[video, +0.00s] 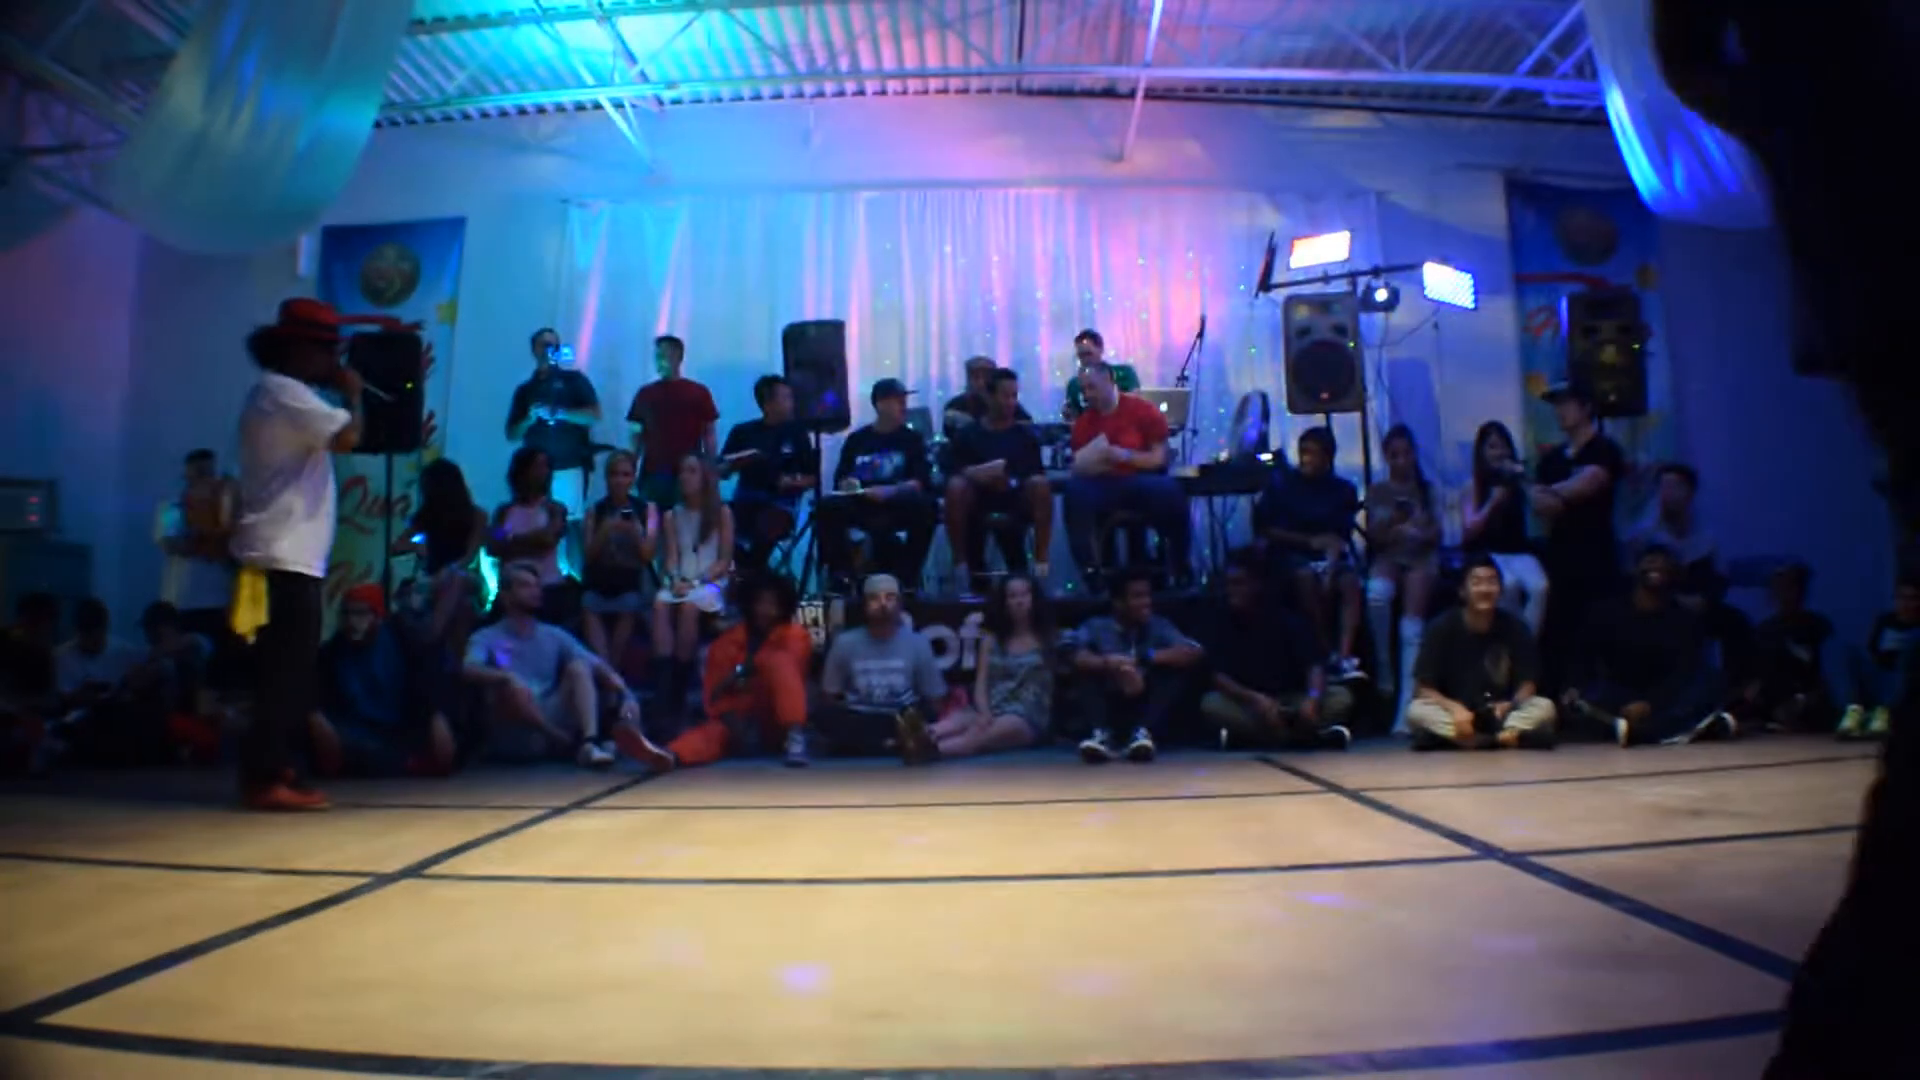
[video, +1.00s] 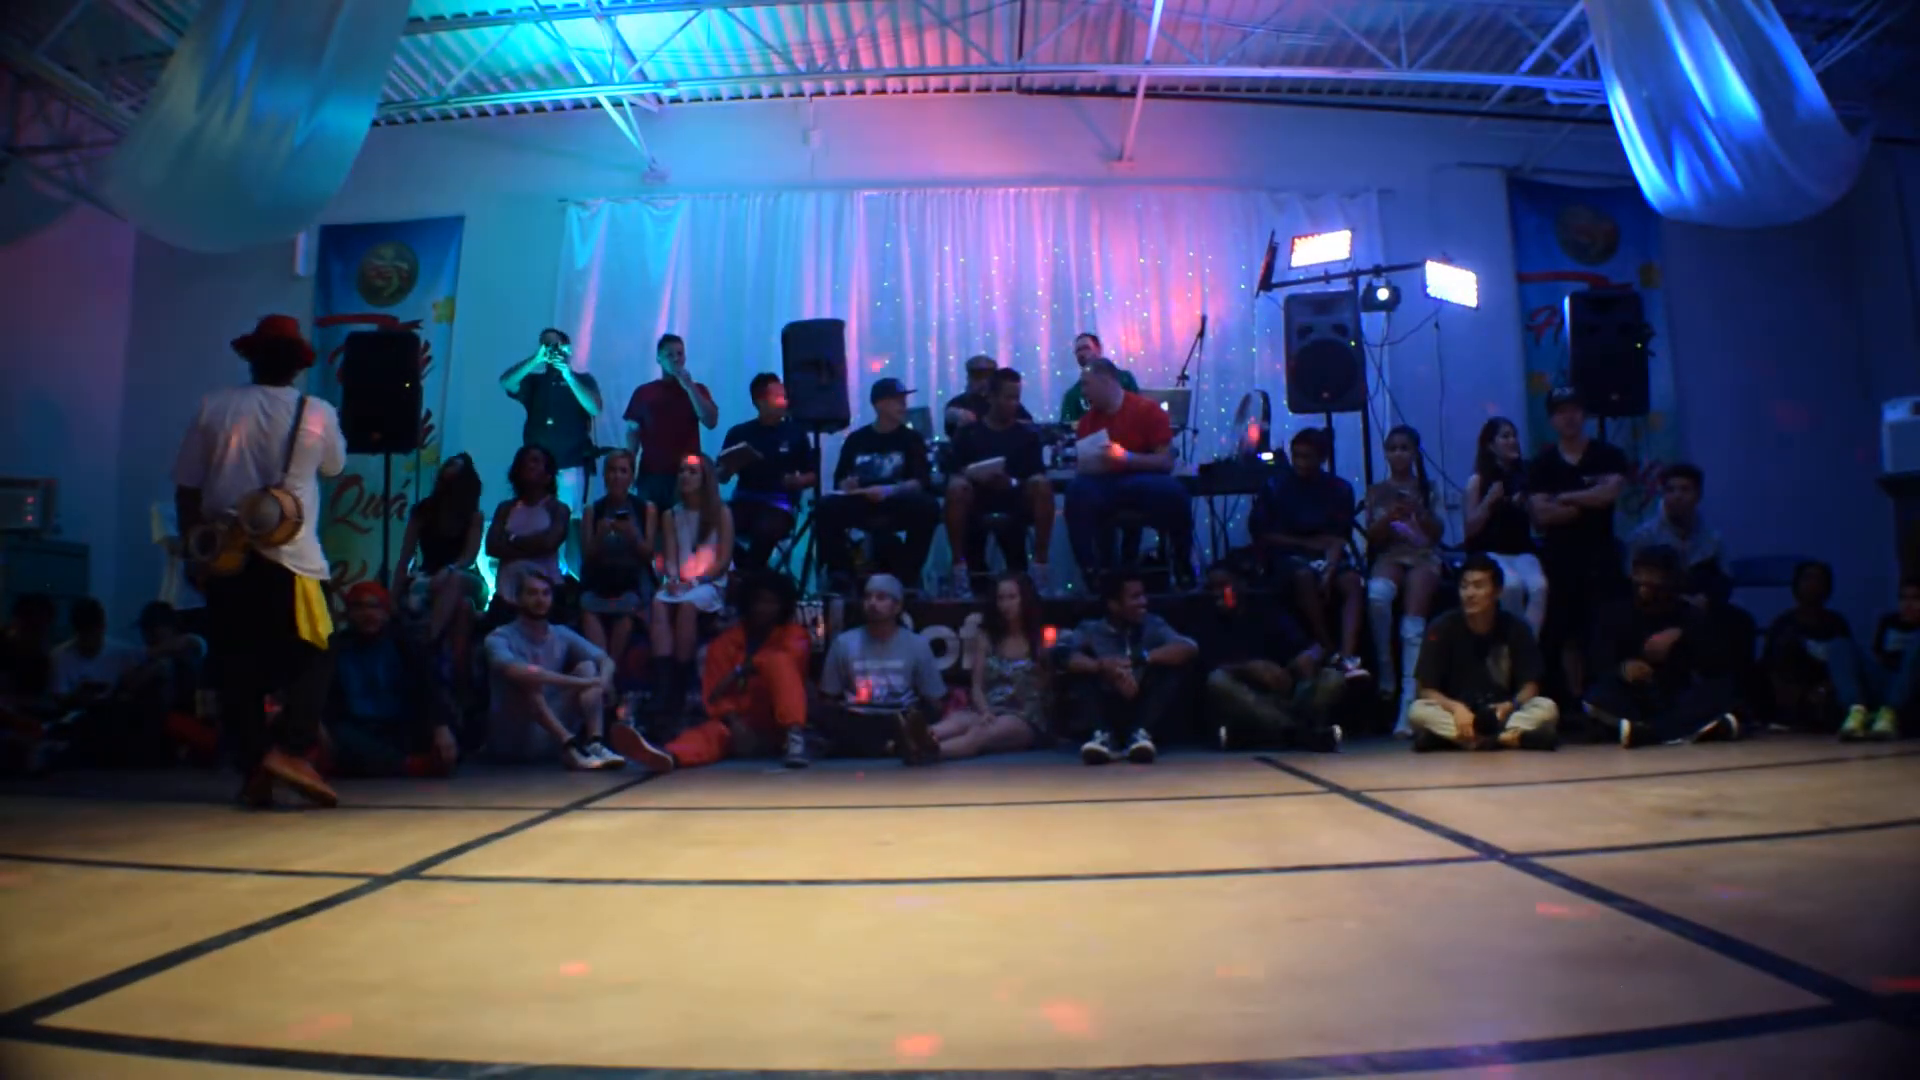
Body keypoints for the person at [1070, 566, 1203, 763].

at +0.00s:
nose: (1145, 602)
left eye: (1147, 596)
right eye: (1137, 597)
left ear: (1151, 598)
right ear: (1119, 603)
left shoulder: (1156, 626)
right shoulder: (1098, 628)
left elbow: (1194, 652)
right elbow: (1073, 655)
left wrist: (1146, 658)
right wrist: (1114, 664)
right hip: (1107, 697)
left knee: (1168, 674)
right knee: (1091, 675)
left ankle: (1144, 732)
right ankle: (1100, 733)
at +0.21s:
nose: (1143, 602)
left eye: (1145, 595)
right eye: (1135, 596)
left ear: (1149, 598)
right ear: (1117, 602)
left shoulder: (1155, 627)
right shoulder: (1095, 628)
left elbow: (1194, 651)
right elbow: (1074, 656)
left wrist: (1148, 657)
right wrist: (1117, 664)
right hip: (1108, 698)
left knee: (1169, 672)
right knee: (1090, 675)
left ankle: (1143, 731)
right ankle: (1100, 733)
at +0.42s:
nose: (1142, 603)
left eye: (1143, 596)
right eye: (1134, 597)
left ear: (1148, 598)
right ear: (1116, 603)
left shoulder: (1154, 626)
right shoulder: (1096, 628)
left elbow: (1192, 650)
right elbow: (1072, 655)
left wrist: (1144, 658)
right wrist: (1115, 666)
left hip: (1147, 698)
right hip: (1108, 700)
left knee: (1171, 670)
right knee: (1087, 678)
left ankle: (1143, 733)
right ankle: (1102, 734)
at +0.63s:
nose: (1147, 603)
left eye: (1147, 596)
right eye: (1140, 598)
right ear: (1119, 604)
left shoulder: (1154, 627)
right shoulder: (1095, 630)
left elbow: (1190, 649)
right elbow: (1064, 653)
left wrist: (1141, 659)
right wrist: (1108, 666)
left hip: (1145, 698)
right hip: (1106, 699)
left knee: (1171, 671)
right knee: (1083, 678)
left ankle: (1143, 733)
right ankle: (1102, 735)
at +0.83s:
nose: (1145, 603)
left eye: (1145, 596)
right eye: (1137, 597)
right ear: (1117, 604)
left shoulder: (1153, 626)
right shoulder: (1092, 630)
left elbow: (1188, 648)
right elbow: (1063, 656)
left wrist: (1139, 658)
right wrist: (1109, 667)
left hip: (1144, 700)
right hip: (1105, 702)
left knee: (1167, 669)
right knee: (1083, 677)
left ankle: (1142, 733)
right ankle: (1101, 735)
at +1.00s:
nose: (1143, 603)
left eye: (1143, 596)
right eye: (1135, 597)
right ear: (1114, 604)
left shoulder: (1151, 626)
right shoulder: (1091, 631)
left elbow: (1188, 648)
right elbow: (1061, 655)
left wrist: (1141, 659)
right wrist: (1105, 667)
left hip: (1143, 700)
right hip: (1105, 702)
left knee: (1167, 671)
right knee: (1084, 676)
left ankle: (1142, 733)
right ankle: (1101, 735)